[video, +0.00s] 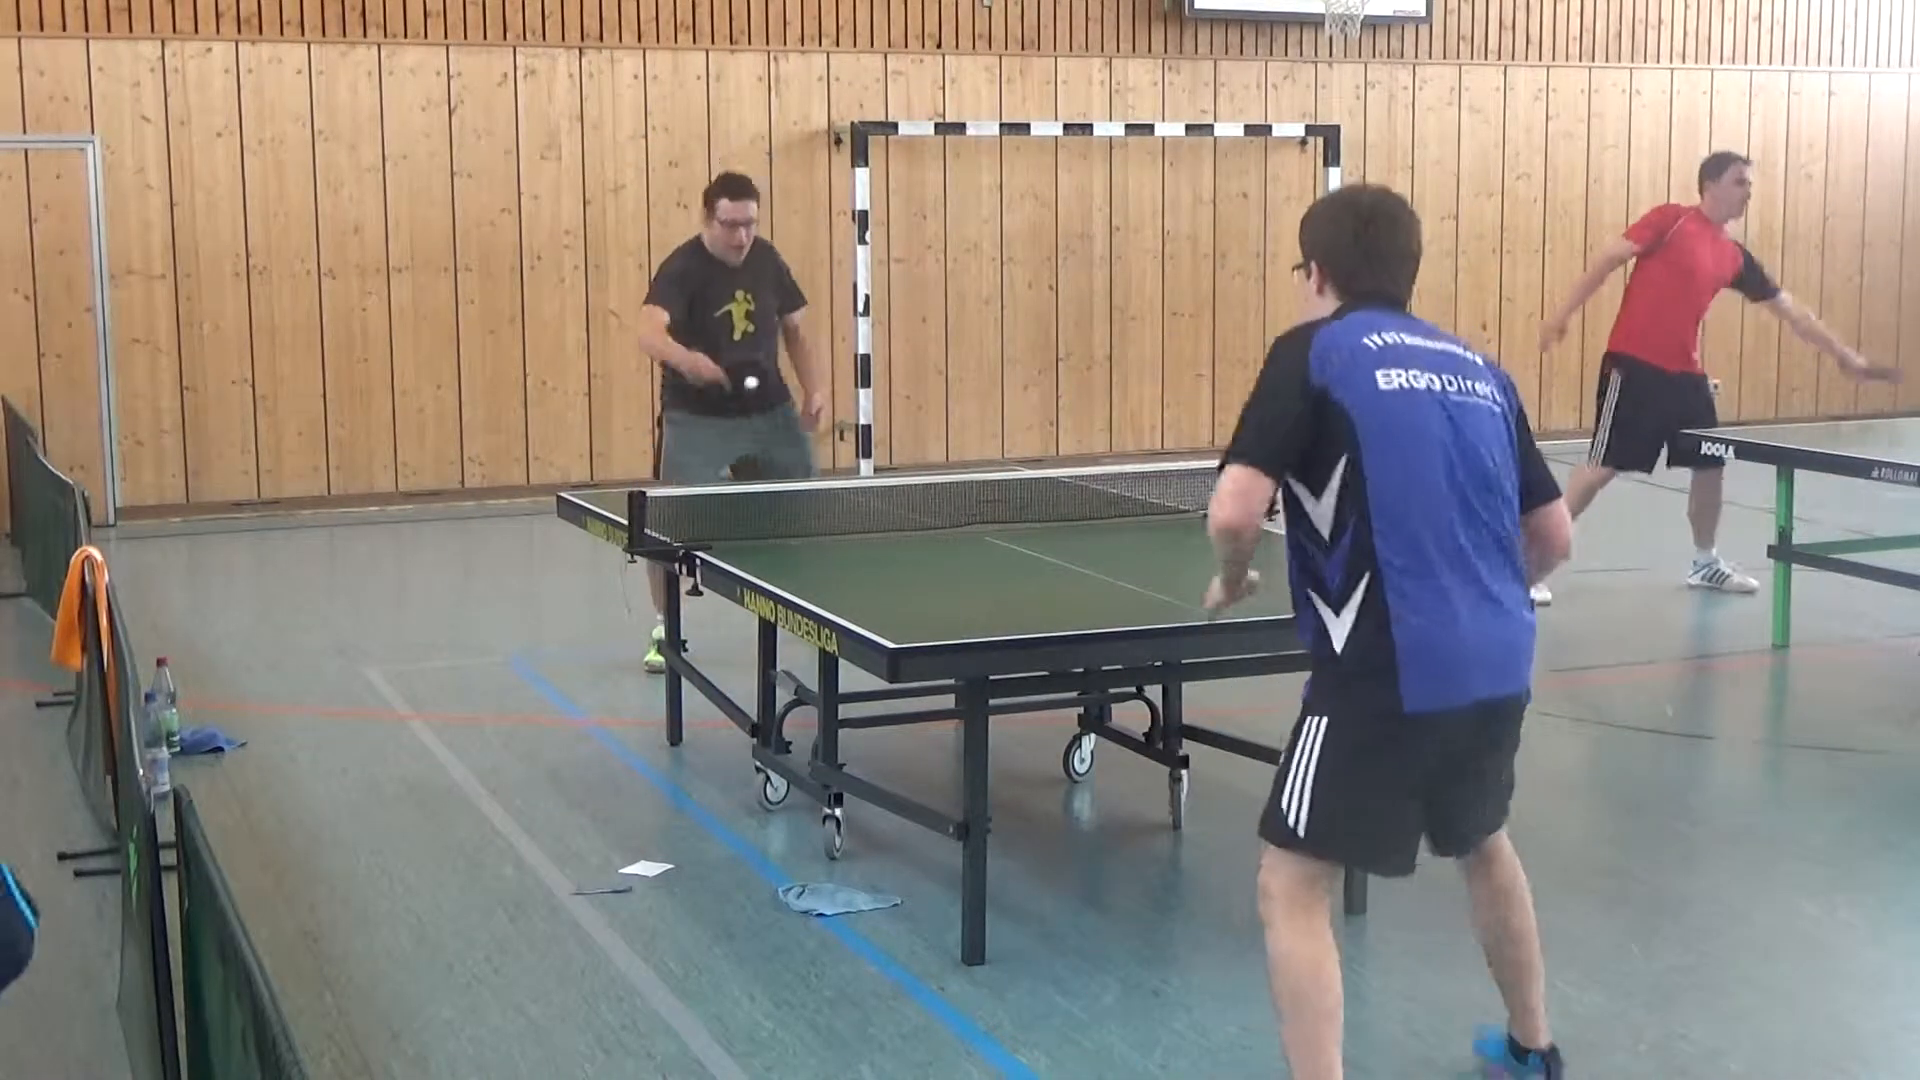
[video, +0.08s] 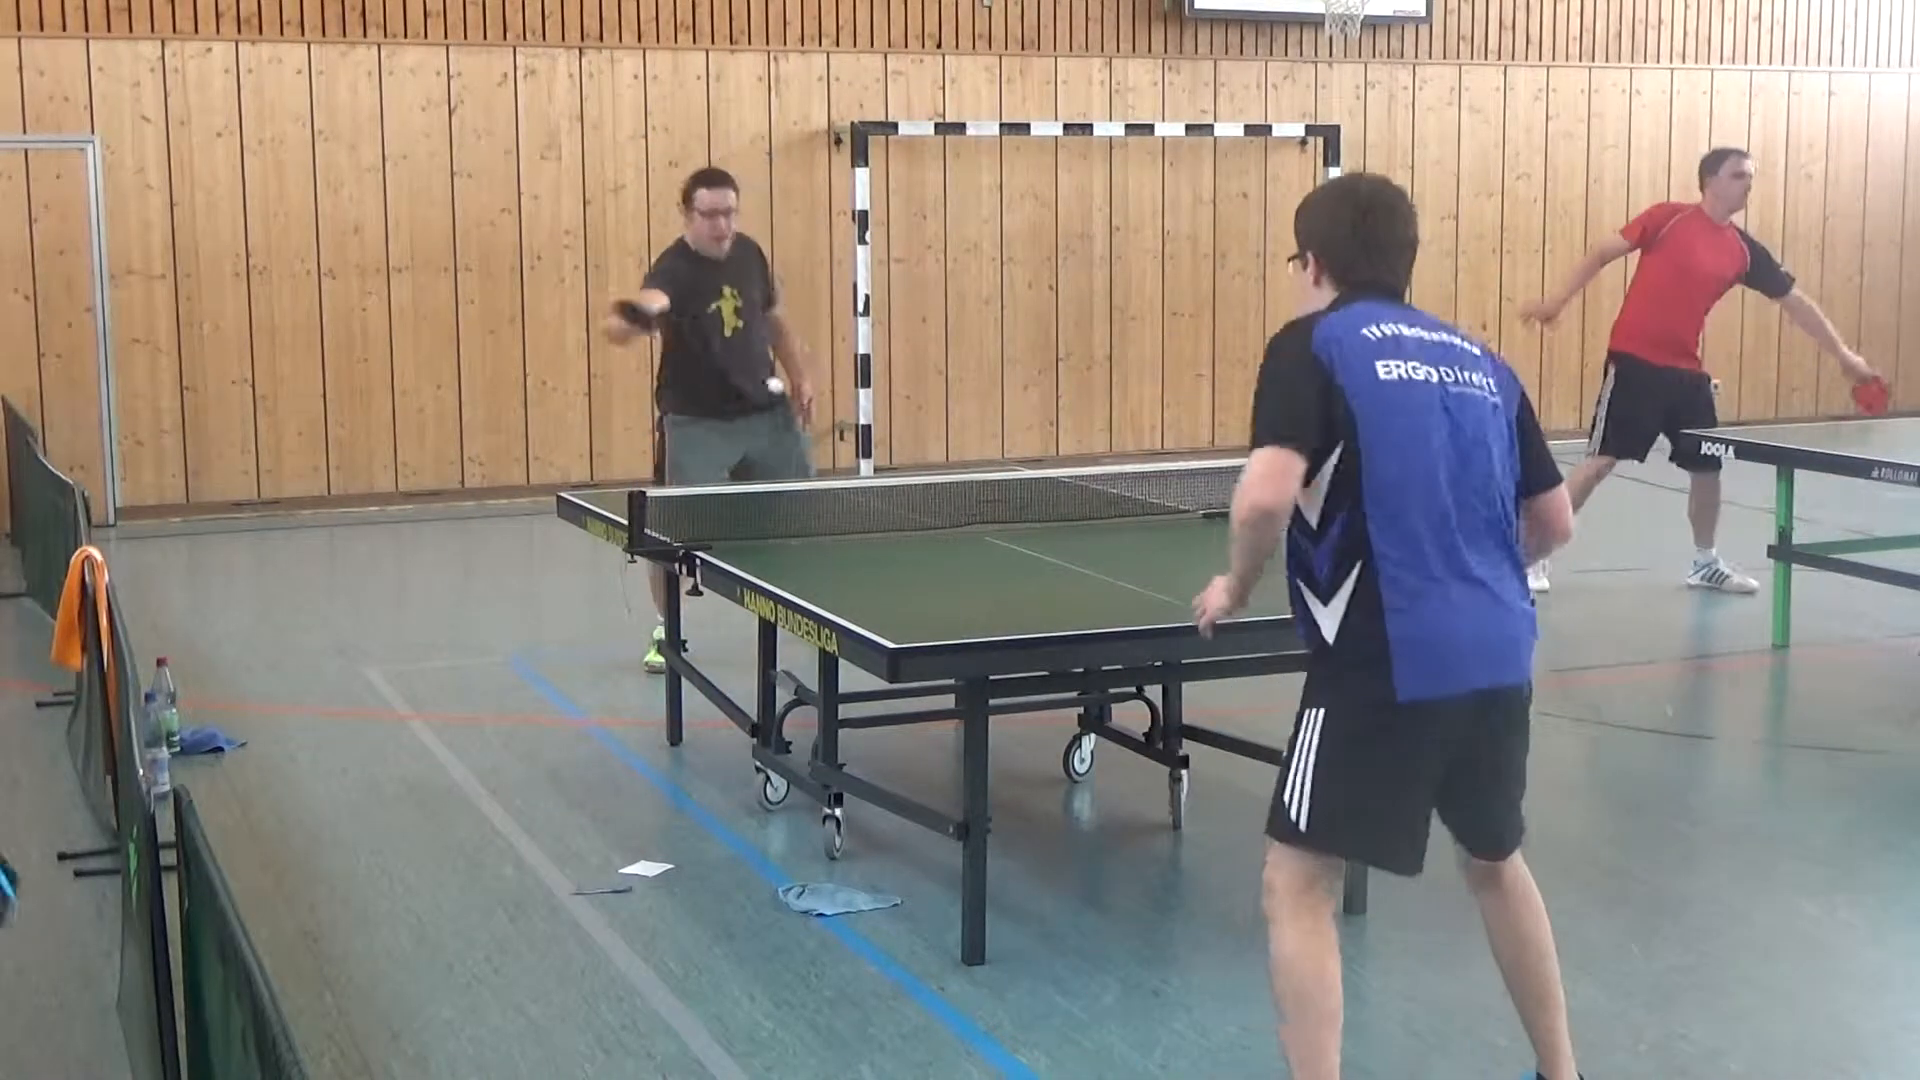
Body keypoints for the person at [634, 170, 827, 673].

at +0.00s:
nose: (742, 236)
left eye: (749, 224)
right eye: (731, 225)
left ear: (757, 219)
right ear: (707, 220)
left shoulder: (766, 259)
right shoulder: (682, 267)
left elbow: (796, 330)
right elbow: (649, 334)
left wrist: (816, 387)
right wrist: (687, 359)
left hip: (773, 417)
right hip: (701, 423)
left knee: (808, 517)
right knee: (672, 524)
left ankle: (817, 617)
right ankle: (666, 629)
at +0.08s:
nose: (722, 225)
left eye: (729, 213)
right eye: (711, 215)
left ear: (738, 212)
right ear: (687, 216)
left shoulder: (749, 253)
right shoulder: (673, 268)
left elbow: (774, 318)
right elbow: (626, 329)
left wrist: (800, 376)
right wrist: (633, 318)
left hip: (767, 418)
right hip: (698, 426)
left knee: (804, 519)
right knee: (671, 529)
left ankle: (821, 621)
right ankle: (666, 630)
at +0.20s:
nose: (690, 191)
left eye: (697, 180)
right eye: (677, 182)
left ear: (708, 184)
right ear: (656, 189)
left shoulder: (728, 229)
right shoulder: (648, 252)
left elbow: (762, 288)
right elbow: (604, 293)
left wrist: (800, 338)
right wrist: (581, 333)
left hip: (761, 402)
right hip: (698, 417)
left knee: (780, 514)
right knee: (682, 526)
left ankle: (798, 610)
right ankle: (668, 628)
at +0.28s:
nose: (676, 176)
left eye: (684, 165)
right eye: (664, 167)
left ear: (696, 168)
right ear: (646, 175)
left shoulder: (723, 215)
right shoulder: (643, 242)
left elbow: (762, 270)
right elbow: (601, 297)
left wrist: (802, 310)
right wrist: (575, 354)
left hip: (759, 383)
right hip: (697, 400)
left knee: (773, 507)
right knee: (686, 516)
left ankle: (794, 611)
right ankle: (668, 628)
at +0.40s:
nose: (665, 168)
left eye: (673, 157)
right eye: (653, 159)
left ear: (686, 163)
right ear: (635, 167)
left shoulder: (719, 208)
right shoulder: (632, 246)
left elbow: (765, 256)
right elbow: (601, 325)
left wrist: (804, 293)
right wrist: (591, 404)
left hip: (758, 377)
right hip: (694, 397)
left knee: (774, 504)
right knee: (689, 514)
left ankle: (778, 608)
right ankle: (669, 628)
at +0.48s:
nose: (662, 170)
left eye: (670, 159)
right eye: (649, 161)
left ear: (684, 163)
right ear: (633, 171)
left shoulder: (721, 209)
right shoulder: (636, 244)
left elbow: (768, 259)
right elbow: (606, 333)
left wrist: (803, 295)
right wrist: (601, 421)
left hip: (757, 380)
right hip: (693, 399)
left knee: (770, 506)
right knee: (685, 519)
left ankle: (767, 614)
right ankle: (668, 628)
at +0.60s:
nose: (668, 171)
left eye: (677, 161)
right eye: (656, 163)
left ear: (692, 165)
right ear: (641, 171)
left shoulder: (730, 212)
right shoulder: (642, 246)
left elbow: (782, 268)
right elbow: (625, 340)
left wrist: (807, 314)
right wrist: (624, 426)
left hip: (761, 386)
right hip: (691, 402)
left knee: (770, 514)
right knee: (676, 521)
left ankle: (779, 626)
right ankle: (666, 629)